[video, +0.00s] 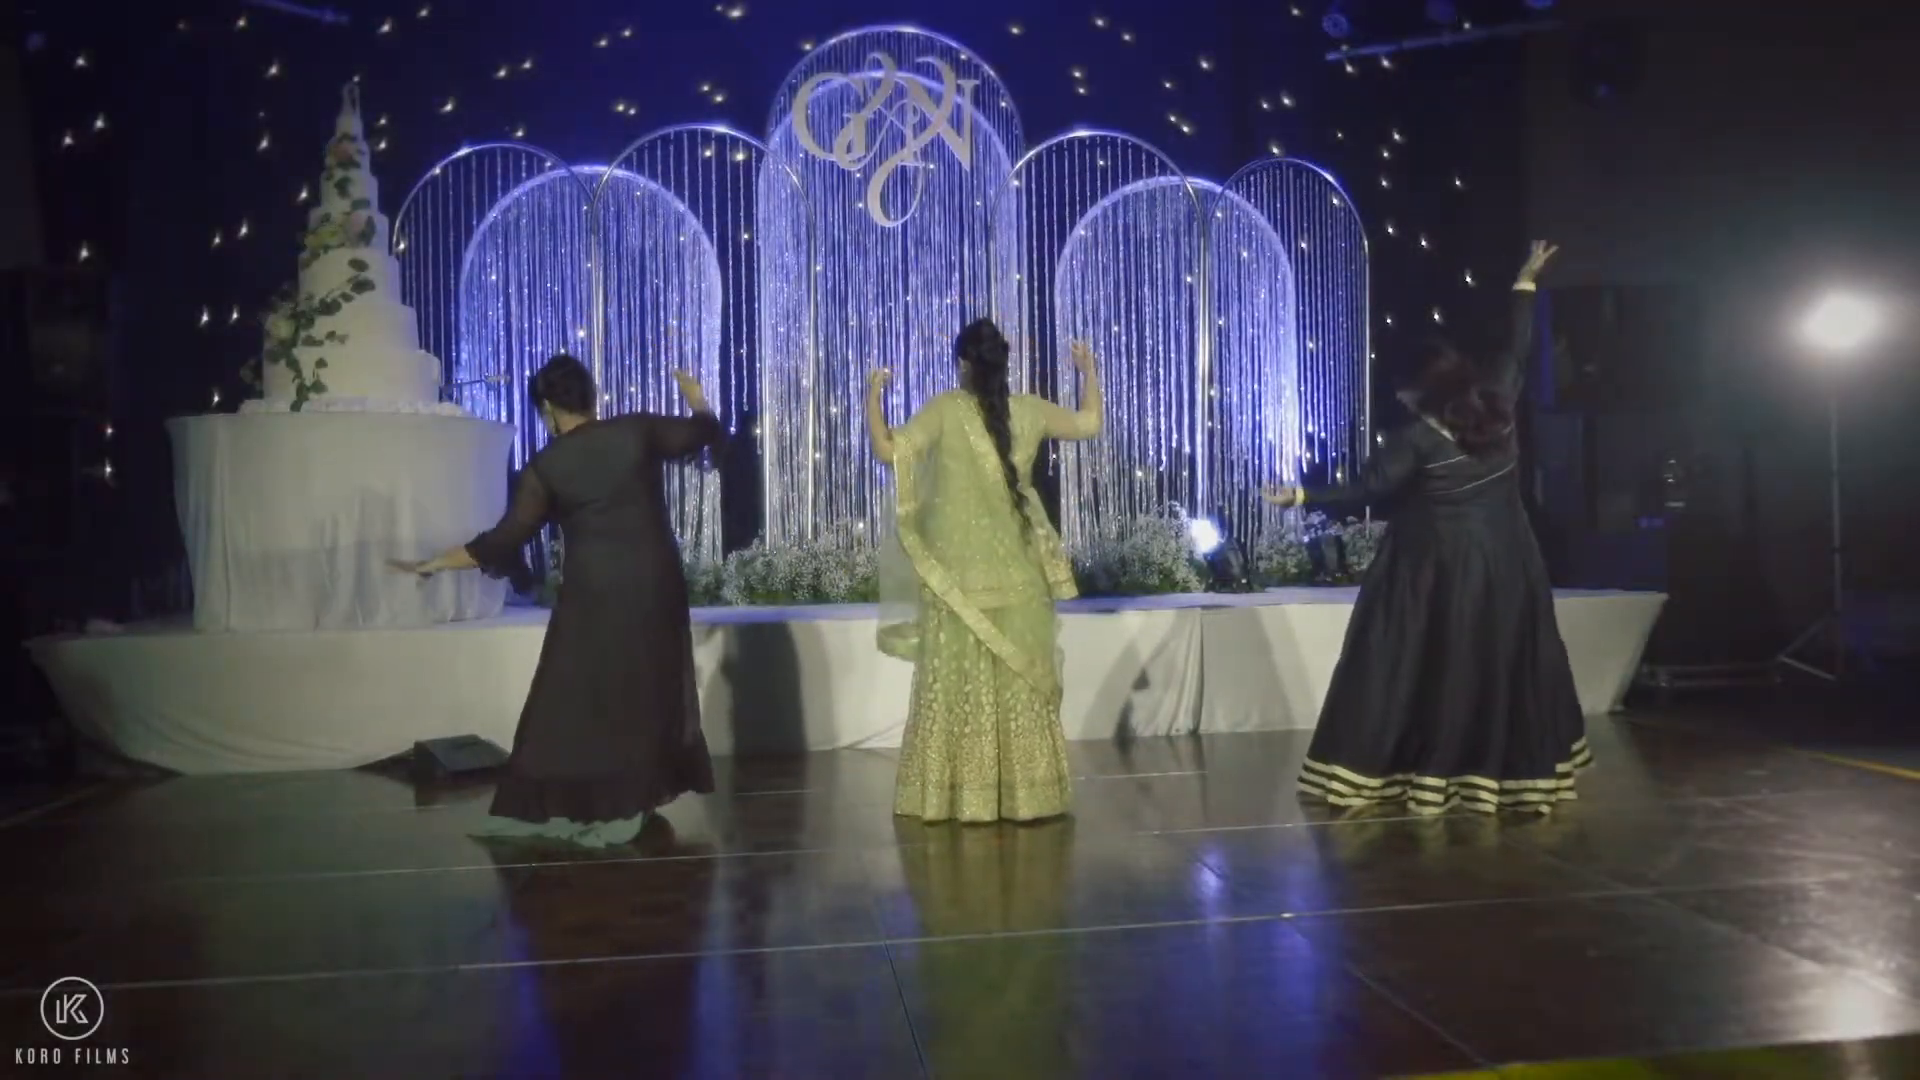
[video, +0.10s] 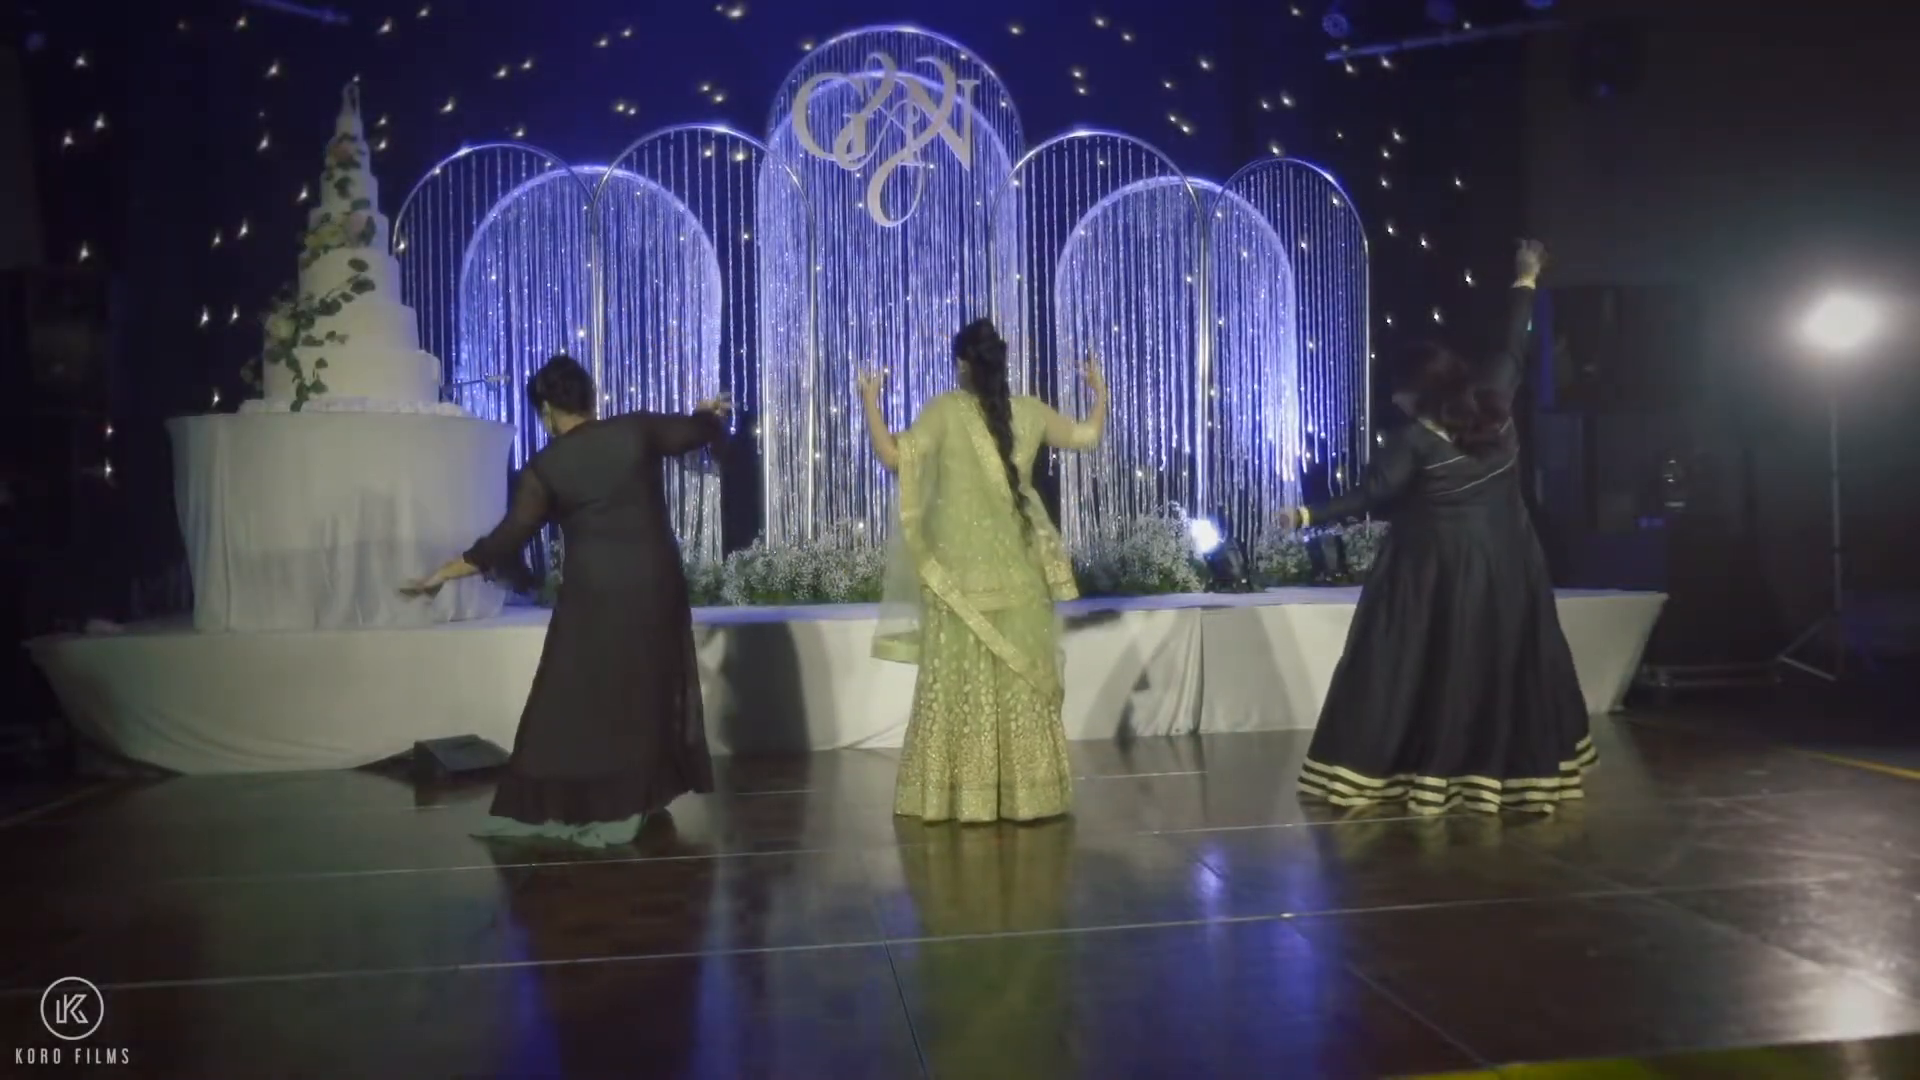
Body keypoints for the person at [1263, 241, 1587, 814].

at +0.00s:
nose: (1401, 398)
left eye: (1403, 390)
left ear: (1415, 391)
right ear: (1463, 375)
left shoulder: (1415, 439)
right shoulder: (1497, 409)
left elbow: (1368, 491)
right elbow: (1516, 349)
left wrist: (1305, 496)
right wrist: (1526, 283)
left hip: (1439, 568)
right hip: (1508, 561)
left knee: (1427, 670)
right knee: (1505, 669)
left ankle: (1427, 783)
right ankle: (1507, 783)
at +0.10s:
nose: (1397, 401)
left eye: (1401, 393)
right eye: (1397, 393)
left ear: (1417, 392)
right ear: (1461, 379)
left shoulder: (1413, 438)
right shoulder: (1493, 410)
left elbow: (1374, 492)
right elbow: (1513, 344)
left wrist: (1311, 515)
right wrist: (1526, 281)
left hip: (1437, 565)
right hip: (1506, 558)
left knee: (1424, 667)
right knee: (1503, 667)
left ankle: (1425, 782)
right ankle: (1506, 780)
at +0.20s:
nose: (1394, 404)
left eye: (1397, 395)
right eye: (1394, 395)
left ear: (1412, 394)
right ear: (1451, 379)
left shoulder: (1413, 442)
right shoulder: (1491, 407)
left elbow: (1379, 496)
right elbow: (1510, 341)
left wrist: (1321, 529)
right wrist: (1523, 282)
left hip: (1438, 566)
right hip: (1507, 558)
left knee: (1429, 667)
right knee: (1507, 666)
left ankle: (1427, 781)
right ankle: (1510, 780)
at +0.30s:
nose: (1393, 406)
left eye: (1395, 398)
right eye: (1393, 399)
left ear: (1408, 395)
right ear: (1450, 376)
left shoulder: (1412, 441)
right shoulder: (1490, 405)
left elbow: (1374, 497)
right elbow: (1505, 341)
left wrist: (1320, 542)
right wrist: (1513, 283)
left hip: (1440, 563)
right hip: (1508, 555)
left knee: (1431, 667)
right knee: (1507, 666)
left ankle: (1430, 783)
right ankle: (1509, 781)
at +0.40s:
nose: (1391, 406)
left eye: (1393, 398)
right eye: (1390, 398)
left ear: (1409, 397)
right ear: (1447, 382)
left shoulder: (1410, 444)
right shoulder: (1488, 406)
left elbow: (1375, 497)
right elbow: (1506, 346)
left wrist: (1332, 537)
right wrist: (1517, 290)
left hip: (1438, 559)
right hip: (1507, 551)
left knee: (1431, 666)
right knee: (1505, 662)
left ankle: (1431, 782)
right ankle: (1508, 780)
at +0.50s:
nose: (1389, 409)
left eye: (1390, 401)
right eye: (1387, 400)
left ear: (1407, 397)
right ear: (1446, 380)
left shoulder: (1406, 444)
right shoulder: (1488, 402)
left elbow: (1382, 502)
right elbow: (1514, 348)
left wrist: (1337, 550)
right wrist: (1529, 292)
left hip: (1437, 556)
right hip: (1504, 547)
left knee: (1430, 664)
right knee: (1505, 660)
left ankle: (1431, 781)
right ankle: (1508, 778)